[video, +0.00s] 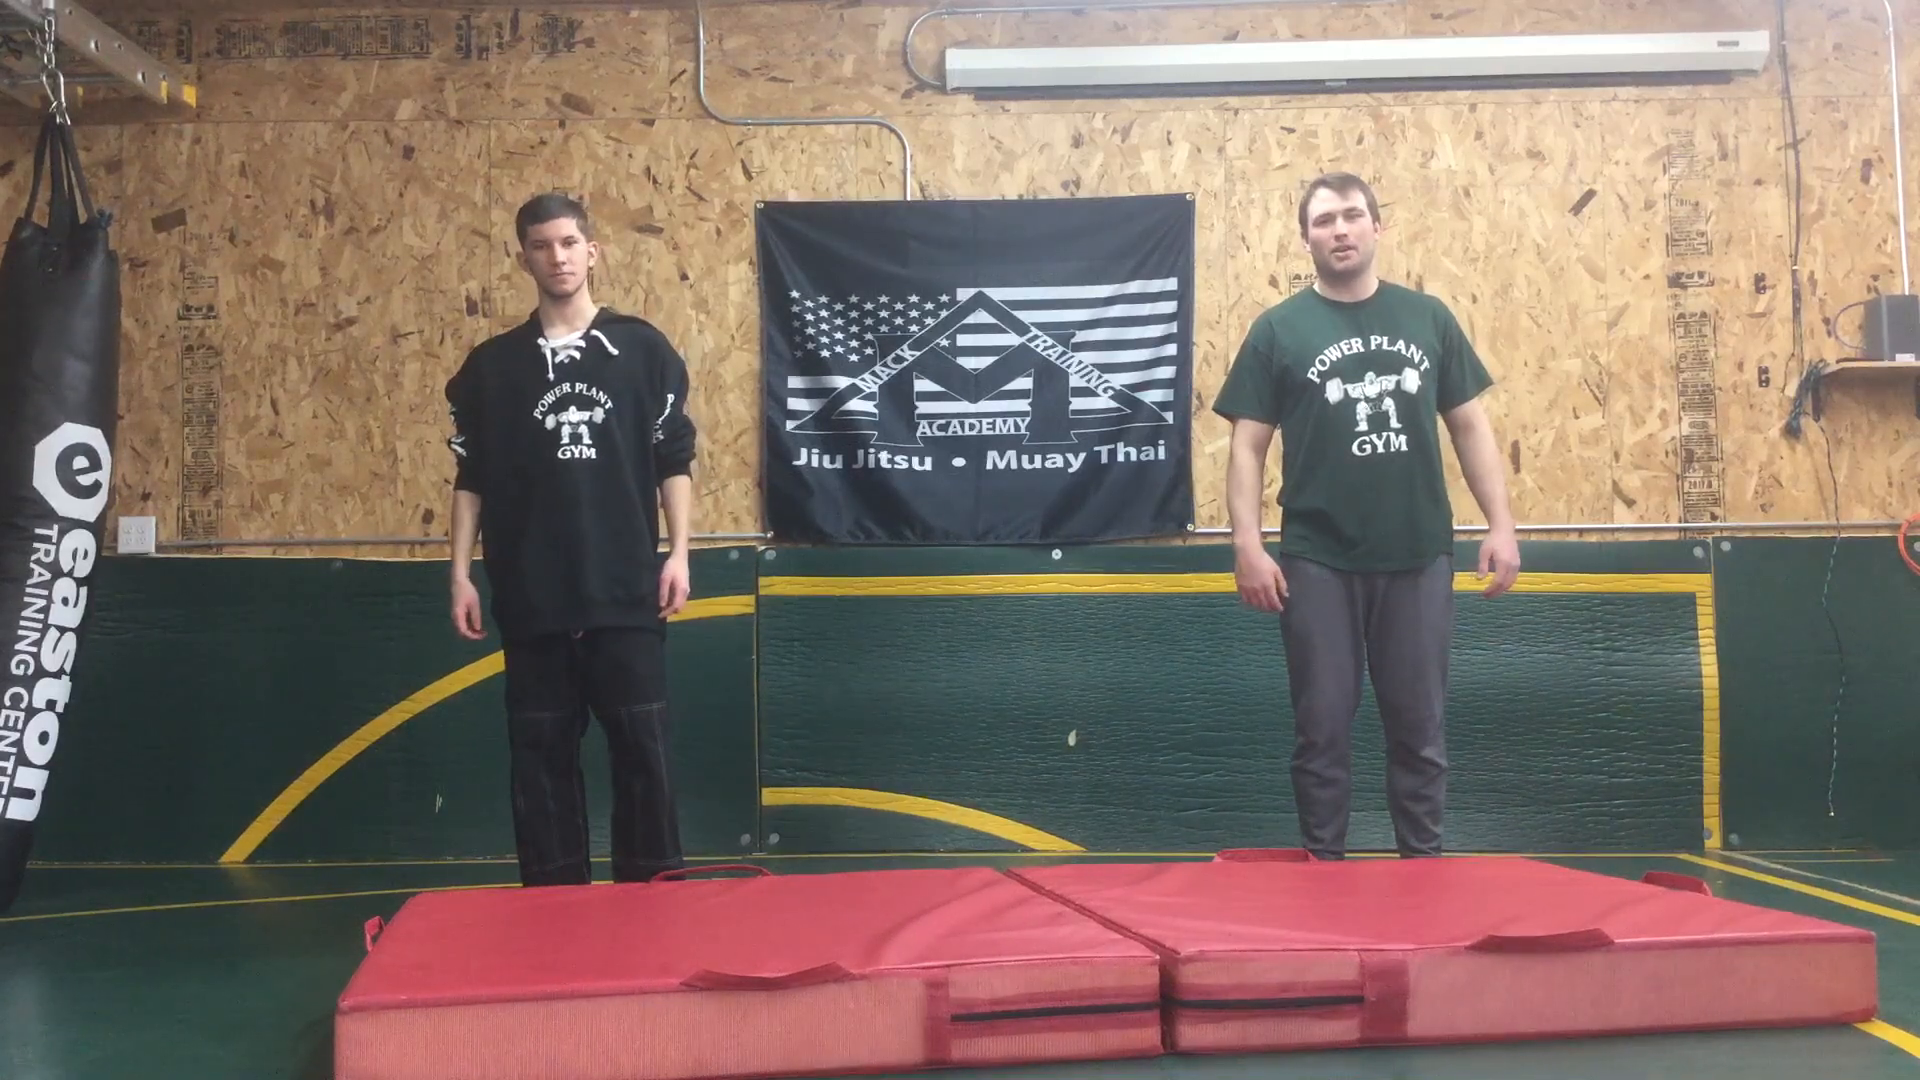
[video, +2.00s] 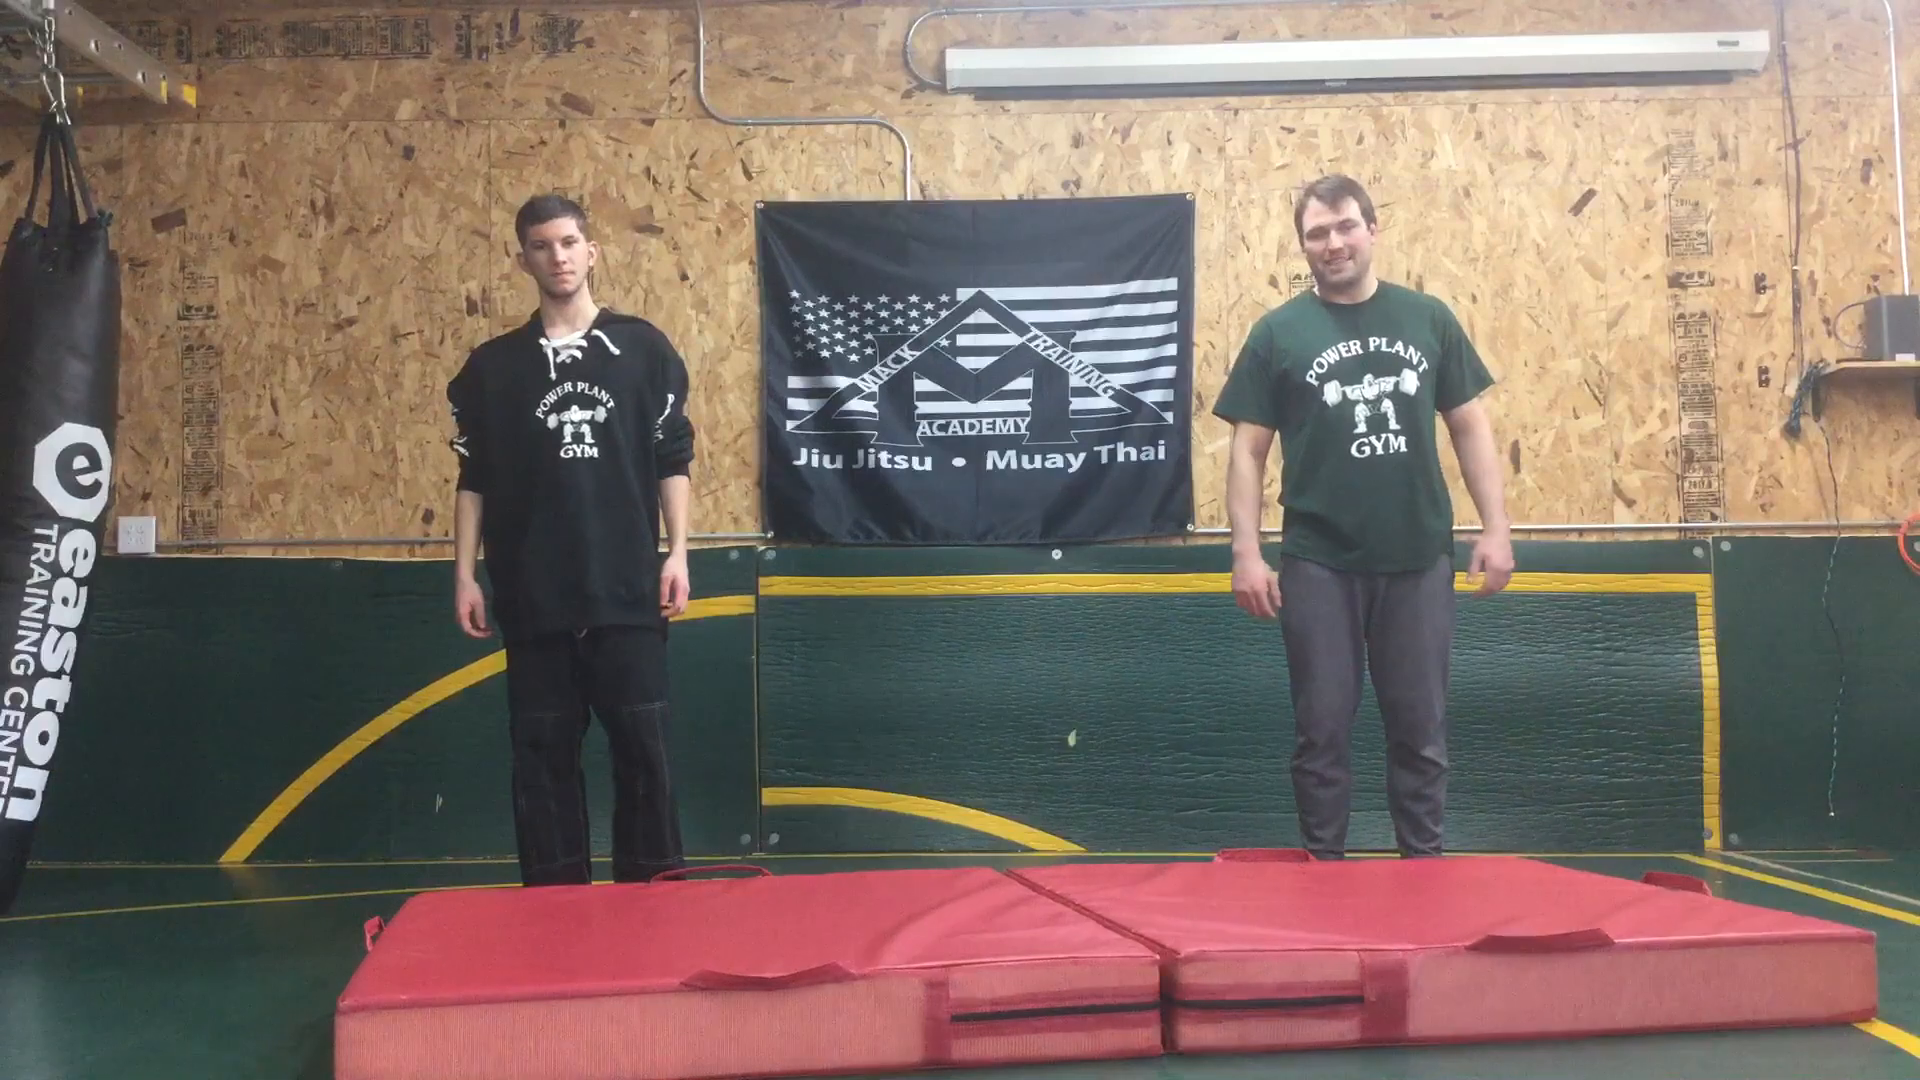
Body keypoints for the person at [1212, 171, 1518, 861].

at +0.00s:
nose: (1340, 229)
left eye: (1351, 216)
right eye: (1324, 221)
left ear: (1377, 228)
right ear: (1306, 240)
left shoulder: (1426, 317)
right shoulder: (1278, 330)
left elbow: (1468, 424)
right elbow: (1248, 445)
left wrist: (1501, 525)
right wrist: (1248, 545)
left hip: (1417, 554)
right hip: (1317, 556)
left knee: (1419, 725)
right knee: (1322, 723)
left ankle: (1423, 869)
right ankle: (1323, 870)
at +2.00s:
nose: (1333, 243)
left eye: (1344, 227)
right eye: (1317, 234)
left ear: (1373, 230)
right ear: (1302, 246)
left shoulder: (1428, 320)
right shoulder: (1277, 335)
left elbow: (1468, 425)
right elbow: (1248, 451)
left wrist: (1496, 527)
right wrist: (1246, 552)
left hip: (1417, 557)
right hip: (1317, 559)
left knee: (1419, 729)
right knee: (1322, 727)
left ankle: (1423, 871)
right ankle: (1322, 873)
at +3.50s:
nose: (1348, 236)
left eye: (1361, 223)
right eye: (1333, 225)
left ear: (1384, 232)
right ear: (1313, 237)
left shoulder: (1431, 321)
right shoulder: (1281, 331)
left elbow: (1471, 429)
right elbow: (1244, 442)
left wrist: (1498, 528)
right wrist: (1267, 533)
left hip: (1418, 554)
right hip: (1318, 556)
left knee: (1420, 726)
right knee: (1323, 726)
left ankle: (1423, 869)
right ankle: (1323, 869)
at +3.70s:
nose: (1349, 238)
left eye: (1363, 225)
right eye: (1335, 226)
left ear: (1386, 235)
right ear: (1315, 237)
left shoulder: (1432, 322)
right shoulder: (1280, 330)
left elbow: (1468, 429)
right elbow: (1247, 440)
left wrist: (1500, 522)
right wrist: (1258, 525)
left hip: (1418, 557)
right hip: (1317, 559)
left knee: (1420, 727)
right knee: (1322, 727)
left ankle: (1424, 868)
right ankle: (1323, 869)